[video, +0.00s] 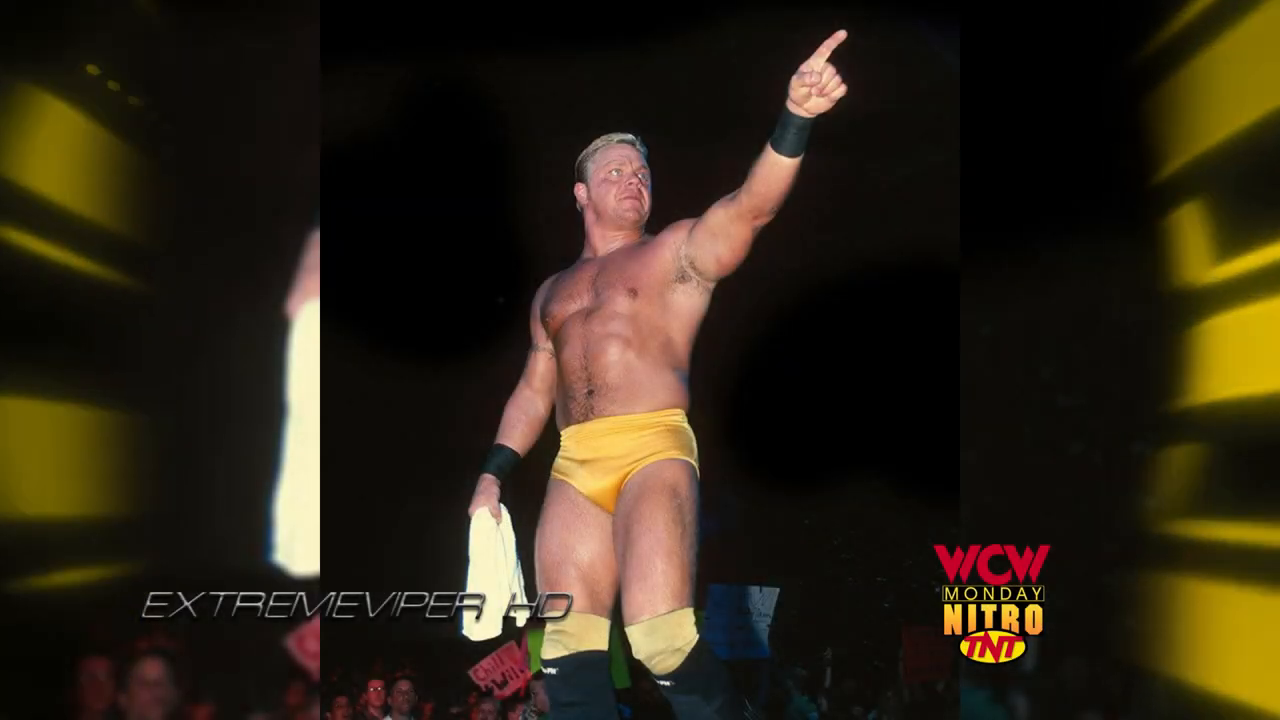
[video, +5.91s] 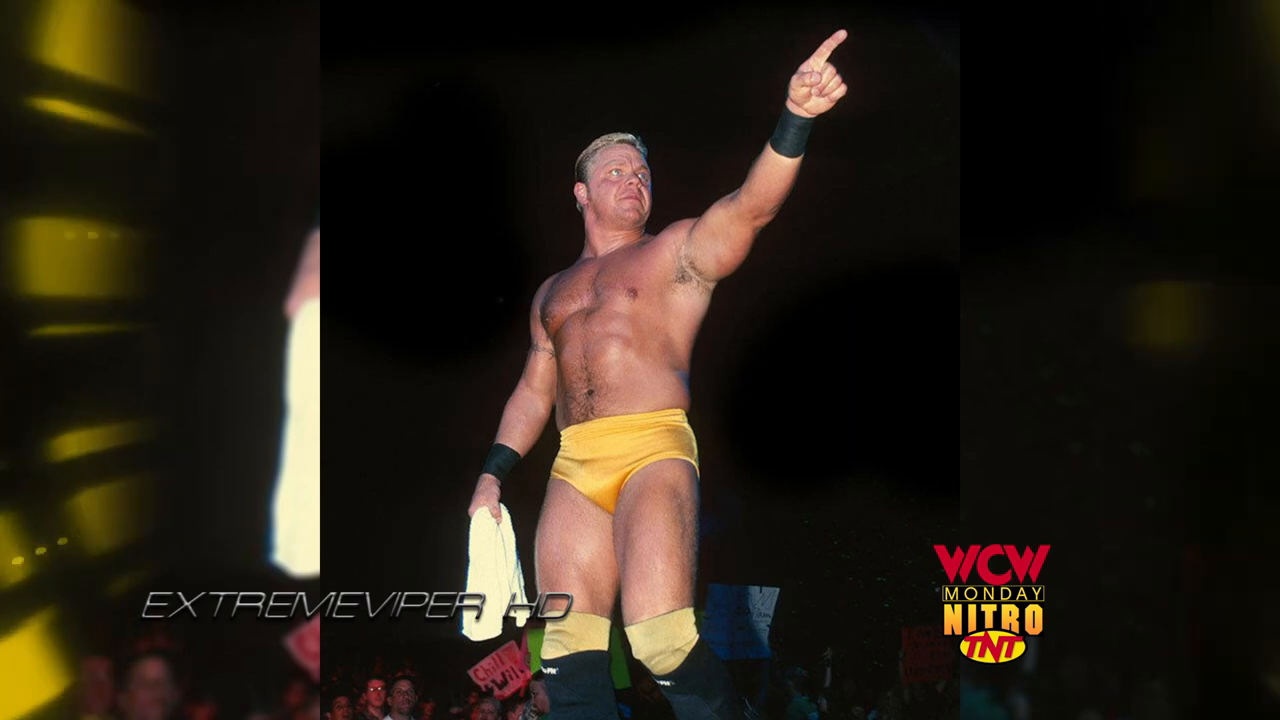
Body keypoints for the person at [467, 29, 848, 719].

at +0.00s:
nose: (632, 180)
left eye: (640, 172)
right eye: (614, 171)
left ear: (650, 194)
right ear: (581, 193)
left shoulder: (680, 254)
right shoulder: (553, 296)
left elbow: (752, 204)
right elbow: (534, 394)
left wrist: (797, 115)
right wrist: (490, 477)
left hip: (656, 448)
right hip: (576, 462)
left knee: (659, 635)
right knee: (568, 646)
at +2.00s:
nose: (632, 179)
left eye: (640, 172)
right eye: (615, 170)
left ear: (650, 194)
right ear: (581, 193)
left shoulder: (680, 254)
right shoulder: (552, 296)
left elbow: (753, 203)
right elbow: (534, 394)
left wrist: (797, 116)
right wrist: (490, 478)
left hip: (656, 448)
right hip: (575, 462)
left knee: (660, 636)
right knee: (568, 646)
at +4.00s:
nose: (632, 179)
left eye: (640, 172)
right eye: (615, 170)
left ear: (650, 194)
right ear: (581, 193)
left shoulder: (680, 254)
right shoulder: (552, 296)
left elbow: (753, 203)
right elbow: (534, 394)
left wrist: (797, 116)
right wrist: (490, 478)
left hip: (656, 448)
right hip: (575, 462)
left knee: (660, 636)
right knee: (568, 647)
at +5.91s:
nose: (632, 179)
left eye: (640, 172)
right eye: (615, 170)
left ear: (650, 194)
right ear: (581, 193)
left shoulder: (680, 254)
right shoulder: (552, 296)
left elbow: (753, 203)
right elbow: (534, 394)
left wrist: (797, 116)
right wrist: (490, 478)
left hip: (656, 448)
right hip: (575, 462)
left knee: (660, 636)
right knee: (568, 647)